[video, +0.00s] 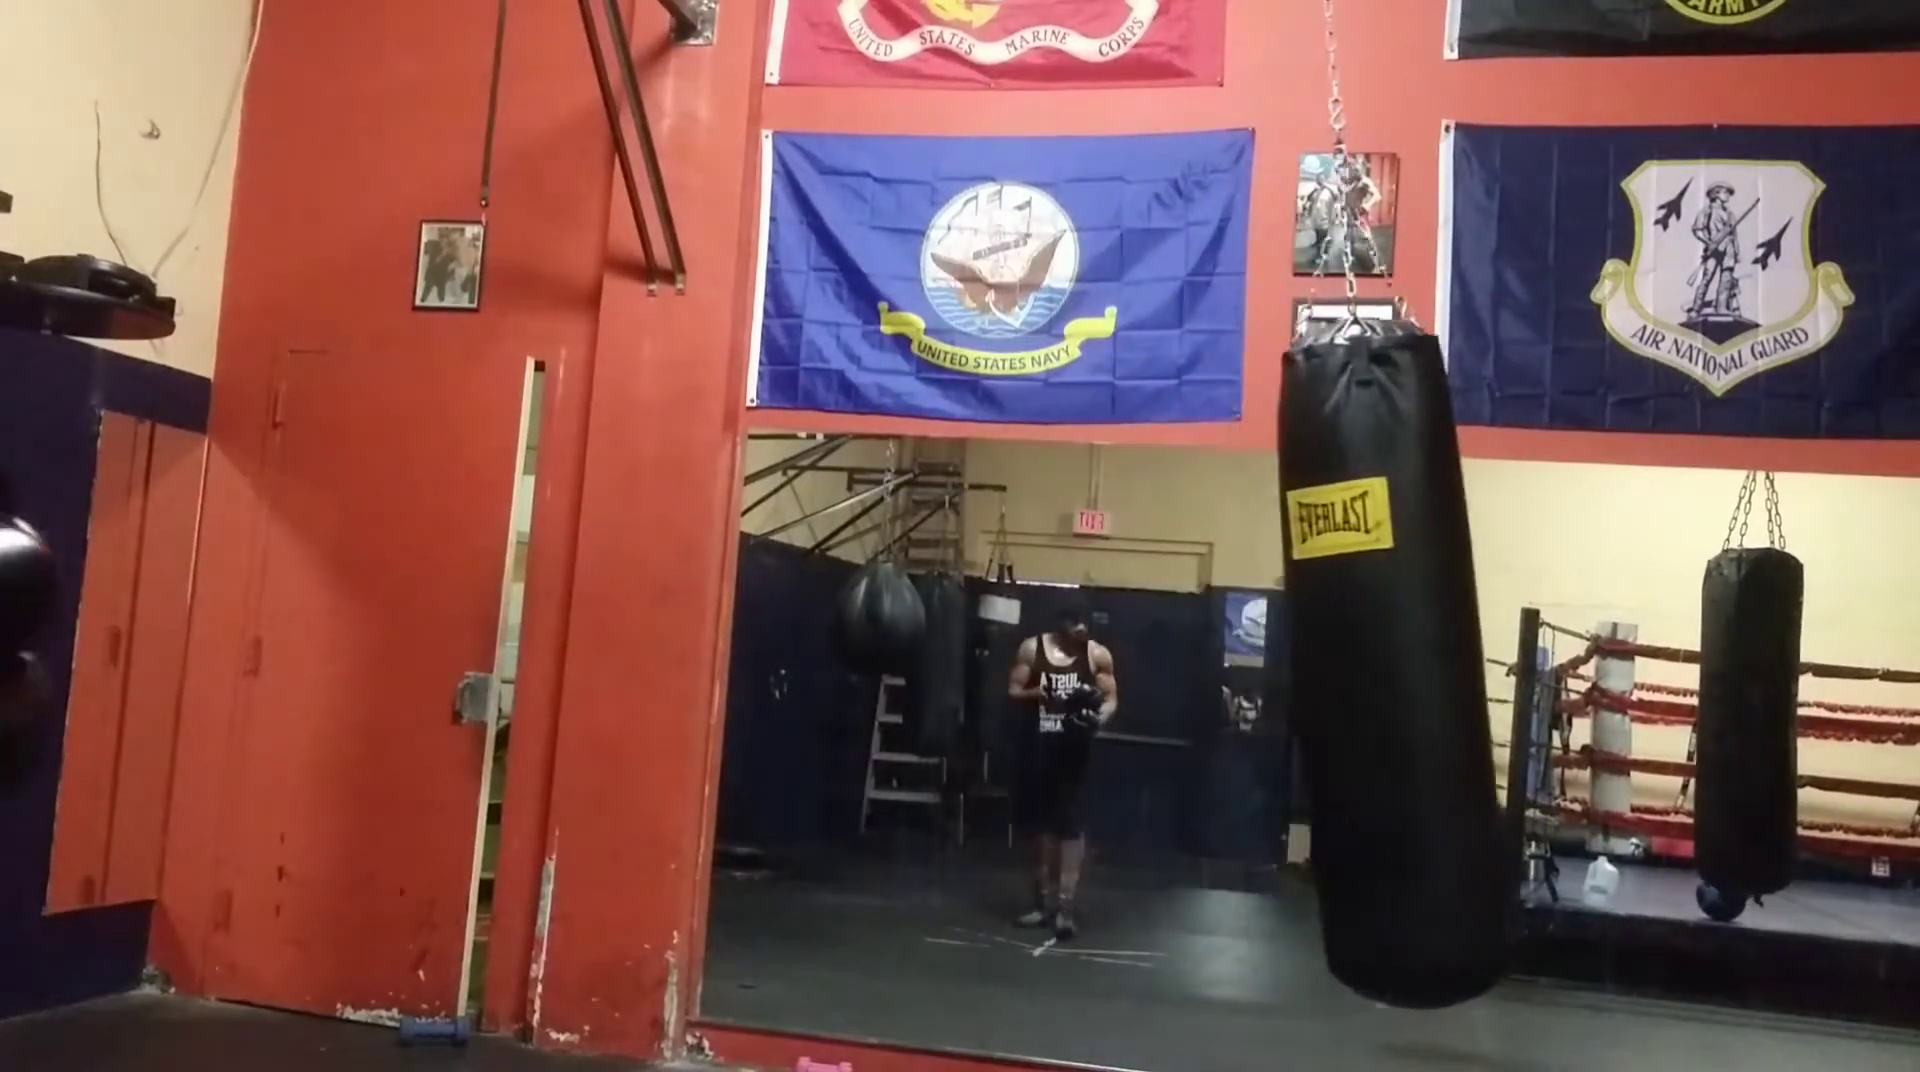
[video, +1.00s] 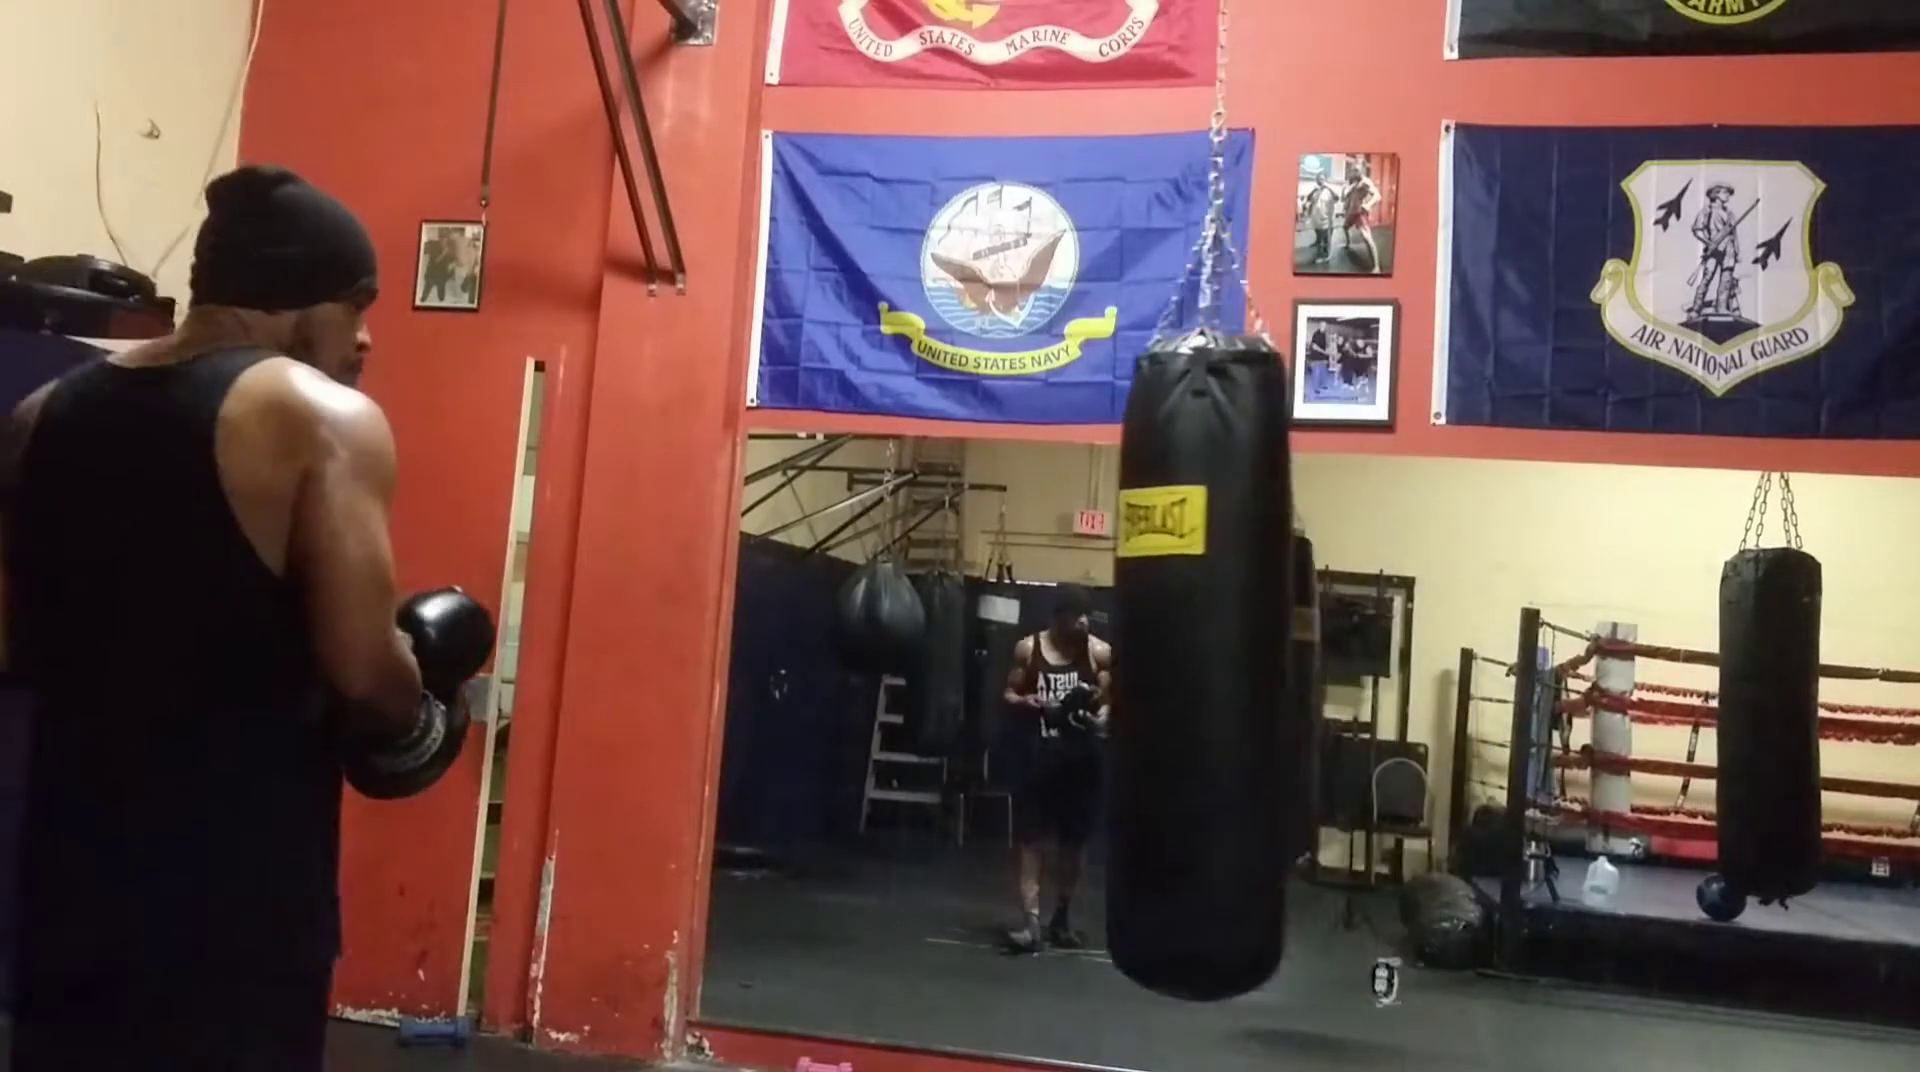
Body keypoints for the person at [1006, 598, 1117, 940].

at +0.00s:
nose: (1082, 633)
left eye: (1085, 627)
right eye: (1076, 626)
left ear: (1088, 625)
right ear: (1060, 624)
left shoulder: (1097, 654)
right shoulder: (1033, 649)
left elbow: (1110, 698)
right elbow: (1015, 691)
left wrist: (1098, 716)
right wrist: (1042, 694)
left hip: (1075, 752)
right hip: (1037, 751)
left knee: (1071, 828)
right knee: (1039, 826)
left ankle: (1066, 908)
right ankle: (1042, 902)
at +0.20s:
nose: (1087, 639)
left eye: (1092, 633)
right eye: (1082, 632)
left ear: (1096, 631)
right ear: (1067, 625)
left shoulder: (1102, 661)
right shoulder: (1035, 651)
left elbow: (1114, 704)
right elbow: (1015, 693)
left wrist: (1101, 722)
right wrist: (1040, 699)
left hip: (1076, 756)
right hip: (1036, 754)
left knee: (1072, 831)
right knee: (1037, 829)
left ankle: (1063, 912)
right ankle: (1039, 901)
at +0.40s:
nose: (1095, 632)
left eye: (1099, 626)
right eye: (1090, 626)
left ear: (1103, 624)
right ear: (1074, 621)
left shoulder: (1110, 657)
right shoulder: (1041, 645)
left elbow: (1119, 702)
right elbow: (1019, 687)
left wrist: (1107, 719)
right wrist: (1041, 693)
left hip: (1083, 758)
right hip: (1042, 754)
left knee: (1078, 836)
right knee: (1038, 829)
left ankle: (1065, 915)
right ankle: (1034, 889)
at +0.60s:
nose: (1098, 630)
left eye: (1101, 623)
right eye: (1092, 623)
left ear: (1104, 621)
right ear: (1075, 619)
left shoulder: (1113, 653)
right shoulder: (1043, 644)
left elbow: (1123, 698)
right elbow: (1020, 686)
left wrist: (1111, 714)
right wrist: (1041, 693)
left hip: (1086, 757)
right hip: (1045, 753)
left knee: (1078, 841)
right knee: (1036, 835)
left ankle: (1063, 920)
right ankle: (1021, 913)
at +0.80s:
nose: (1092, 630)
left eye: (1095, 623)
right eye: (1086, 623)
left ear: (1100, 621)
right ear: (1069, 620)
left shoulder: (1109, 653)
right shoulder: (1039, 646)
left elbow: (1120, 700)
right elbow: (1018, 688)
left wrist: (1105, 715)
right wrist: (1036, 699)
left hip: (1083, 755)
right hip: (1042, 751)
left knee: (1075, 837)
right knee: (1031, 831)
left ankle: (1063, 919)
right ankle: (1026, 917)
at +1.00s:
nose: (1081, 624)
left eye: (1084, 616)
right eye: (1074, 617)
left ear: (1088, 617)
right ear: (1058, 617)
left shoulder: (1100, 652)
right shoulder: (1029, 648)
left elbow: (1107, 700)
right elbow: (1009, 693)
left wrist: (1098, 709)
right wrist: (1032, 703)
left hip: (1081, 757)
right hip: (1037, 756)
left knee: (1072, 840)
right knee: (1032, 838)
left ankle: (1061, 921)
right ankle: (1031, 924)